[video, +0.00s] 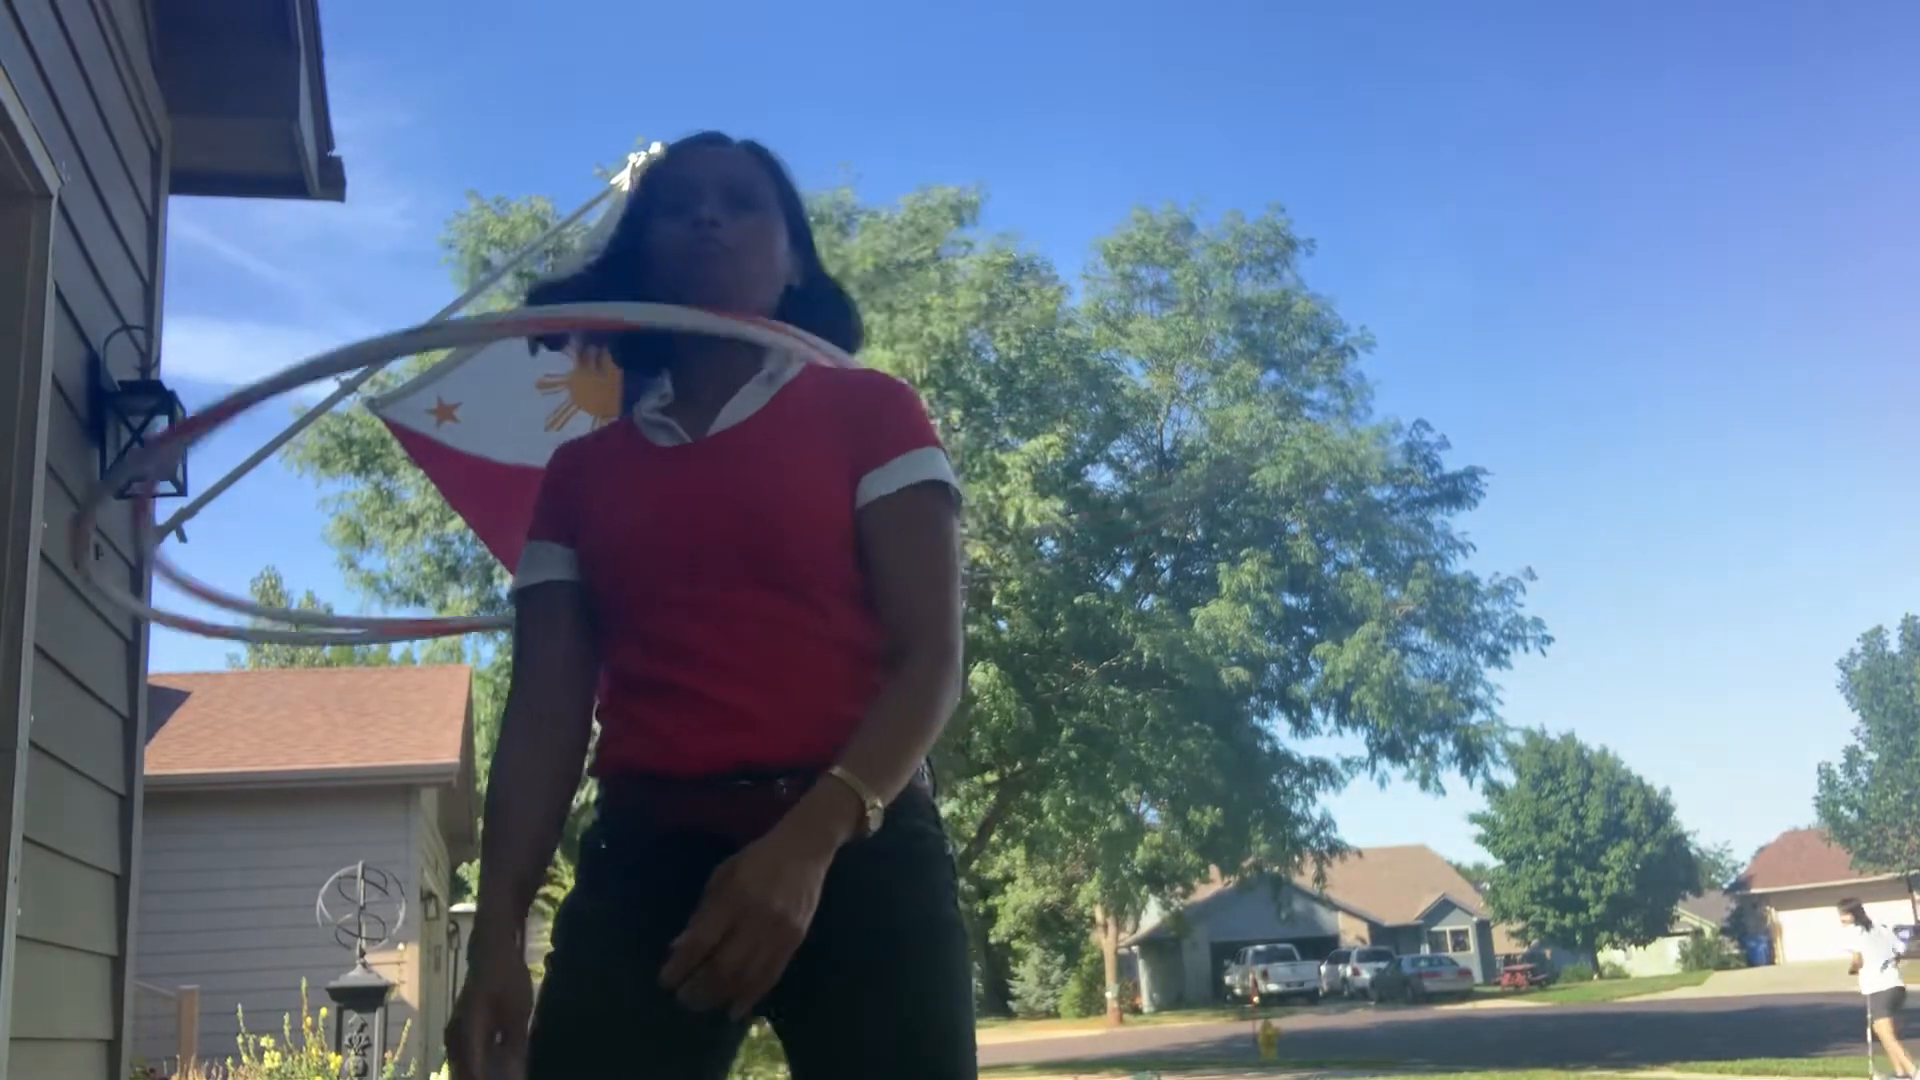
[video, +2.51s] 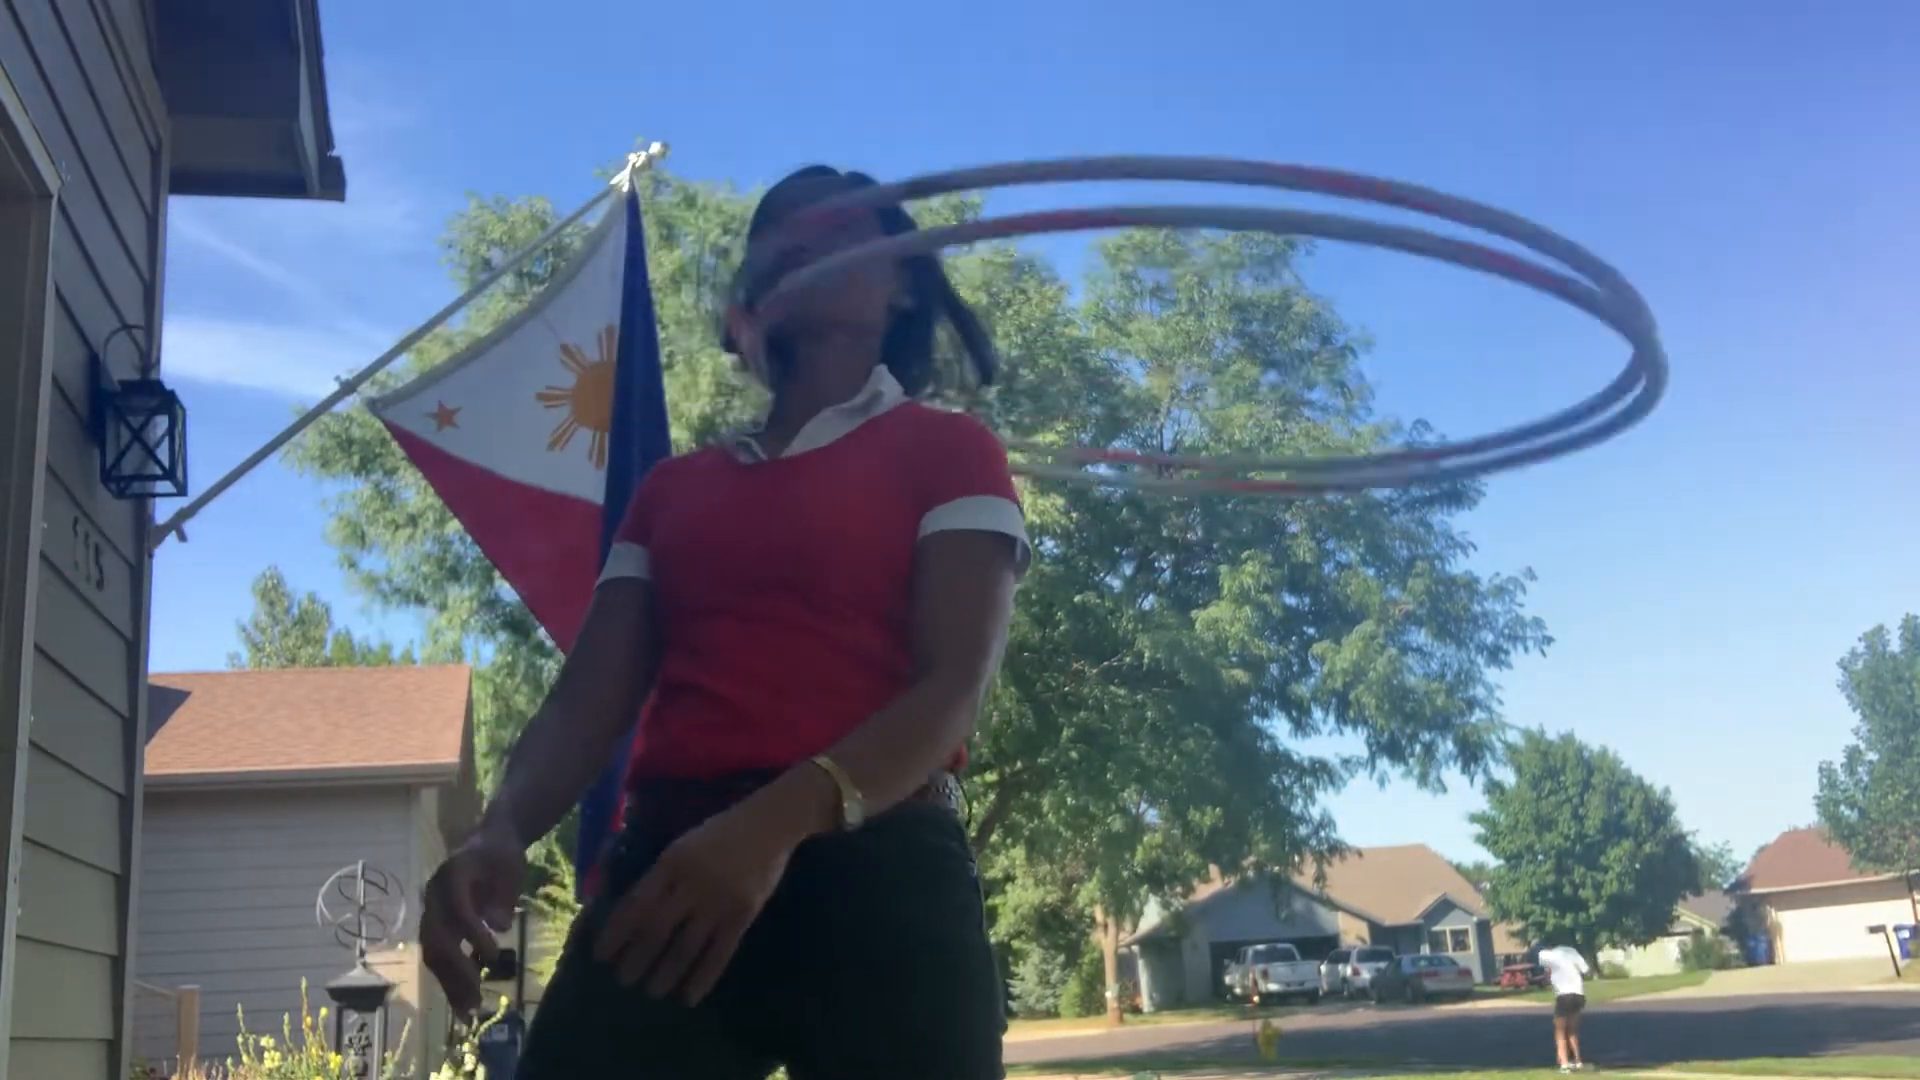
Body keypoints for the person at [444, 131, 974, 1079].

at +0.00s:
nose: (707, 218)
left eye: (742, 202)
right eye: (675, 205)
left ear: (792, 261)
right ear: (636, 262)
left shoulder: (869, 411)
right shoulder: (583, 471)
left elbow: (929, 660)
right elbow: (546, 713)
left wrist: (809, 838)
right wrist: (498, 937)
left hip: (864, 860)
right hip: (648, 866)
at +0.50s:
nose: (675, 205)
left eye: (708, 184)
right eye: (642, 191)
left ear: (767, 230)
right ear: (610, 242)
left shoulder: (840, 390)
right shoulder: (578, 472)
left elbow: (913, 666)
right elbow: (557, 739)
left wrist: (821, 910)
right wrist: (491, 990)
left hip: (865, 862)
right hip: (652, 871)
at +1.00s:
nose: (722, 222)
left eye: (759, 204)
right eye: (698, 217)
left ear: (829, 261)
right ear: (673, 280)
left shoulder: (874, 402)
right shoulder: (626, 471)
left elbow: (875, 656)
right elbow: (563, 711)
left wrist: (695, 840)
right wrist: (442, 887)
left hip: (866, 861)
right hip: (653, 877)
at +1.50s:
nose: (713, 222)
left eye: (752, 202)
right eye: (697, 223)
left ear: (832, 265)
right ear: (686, 291)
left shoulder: (880, 412)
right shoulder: (638, 480)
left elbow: (877, 662)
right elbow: (566, 706)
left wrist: (664, 819)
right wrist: (430, 891)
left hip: (866, 861)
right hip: (666, 880)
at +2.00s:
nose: (777, 243)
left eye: (813, 224)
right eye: (757, 239)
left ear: (891, 280)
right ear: (738, 302)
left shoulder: (927, 441)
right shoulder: (660, 485)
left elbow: (909, 679)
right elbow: (566, 692)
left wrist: (699, 809)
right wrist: (475, 809)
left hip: (877, 867)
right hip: (661, 883)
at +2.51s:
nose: (805, 242)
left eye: (841, 229)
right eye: (778, 237)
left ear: (901, 279)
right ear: (751, 308)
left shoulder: (947, 447)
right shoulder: (672, 484)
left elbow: (951, 691)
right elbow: (591, 693)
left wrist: (768, 826)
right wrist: (498, 836)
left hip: (877, 872)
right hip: (662, 877)